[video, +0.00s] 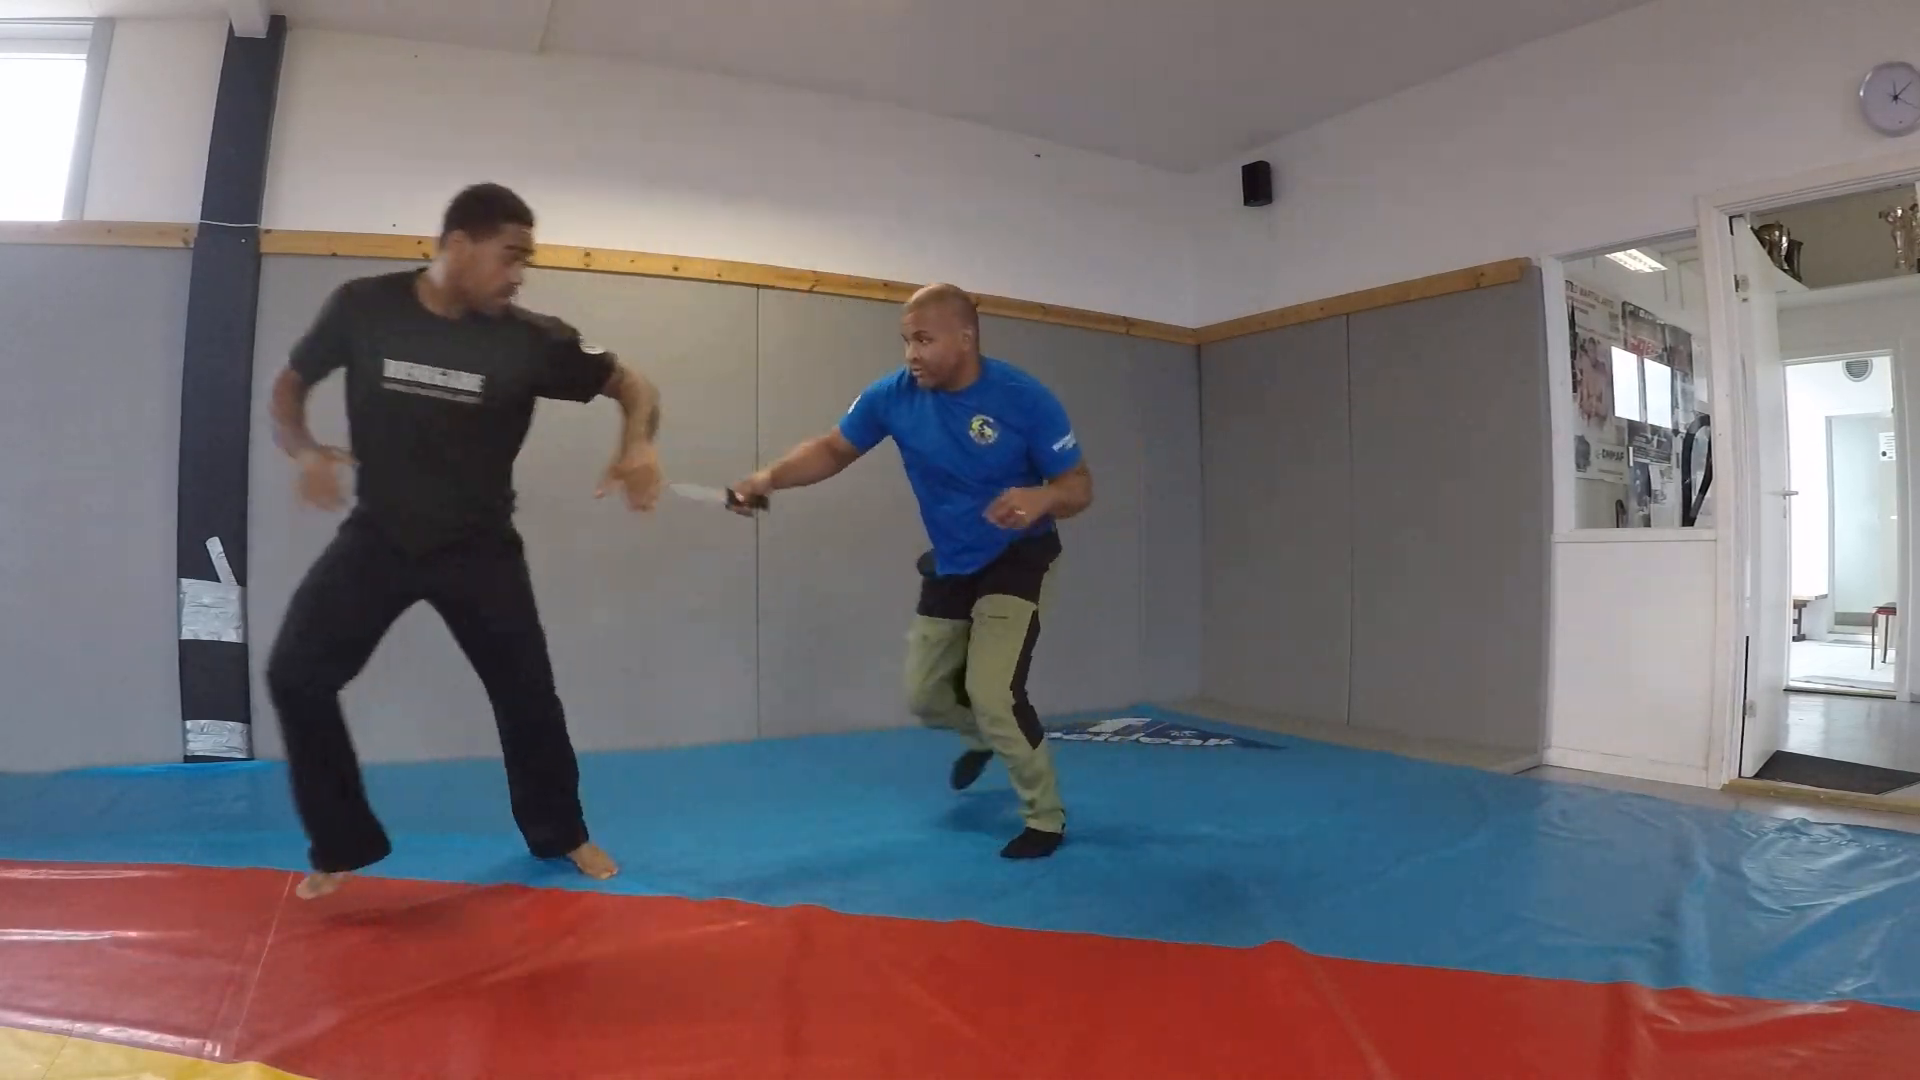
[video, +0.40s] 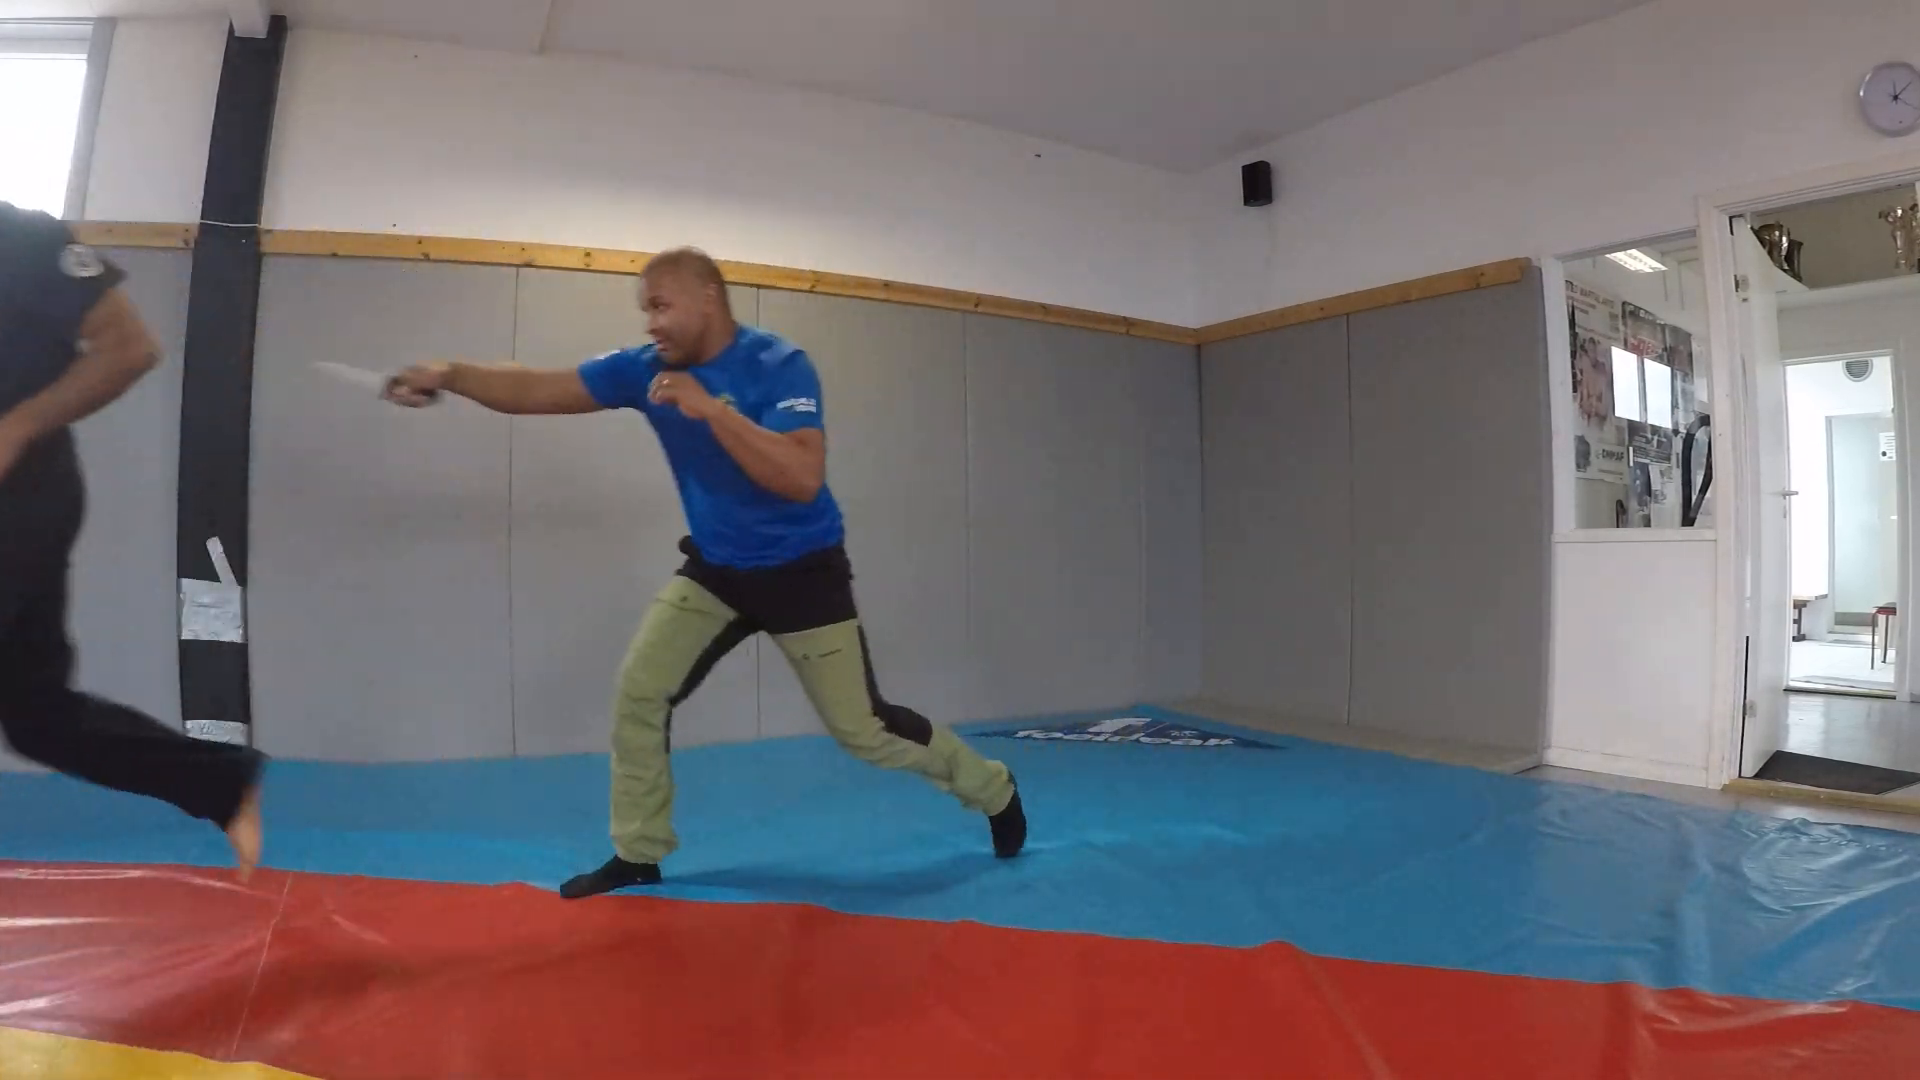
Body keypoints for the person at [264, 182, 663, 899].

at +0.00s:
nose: (519, 272)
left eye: (525, 258)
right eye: (509, 255)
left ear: (519, 260)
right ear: (454, 247)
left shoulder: (534, 344)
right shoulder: (362, 308)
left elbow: (634, 386)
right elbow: (289, 384)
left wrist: (637, 446)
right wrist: (303, 451)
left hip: (479, 548)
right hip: (380, 540)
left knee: (529, 693)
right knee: (296, 674)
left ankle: (562, 835)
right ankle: (342, 846)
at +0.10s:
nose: (388, 239)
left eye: (397, 223)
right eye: (374, 220)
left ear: (401, 227)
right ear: (325, 213)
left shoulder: (422, 317)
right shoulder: (264, 296)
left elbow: (510, 404)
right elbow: (209, 389)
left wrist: (451, 474)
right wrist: (168, 425)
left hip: (385, 548)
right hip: (288, 548)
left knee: (435, 711)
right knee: (246, 716)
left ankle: (549, 795)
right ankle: (337, 870)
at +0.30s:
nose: (88, 193)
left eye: (101, 176)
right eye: (69, 177)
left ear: (117, 181)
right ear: (35, 186)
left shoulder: (163, 268)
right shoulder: (21, 291)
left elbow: (283, 346)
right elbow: (10, 383)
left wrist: (194, 425)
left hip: (163, 519)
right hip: (113, 523)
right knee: (206, 713)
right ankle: (327, 853)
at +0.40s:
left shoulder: (22, 238)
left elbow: (128, 345)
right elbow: (126, 344)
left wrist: (19, 426)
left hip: (26, 499)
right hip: (18, 502)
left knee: (33, 712)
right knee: (33, 713)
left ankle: (222, 786)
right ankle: (220, 786)